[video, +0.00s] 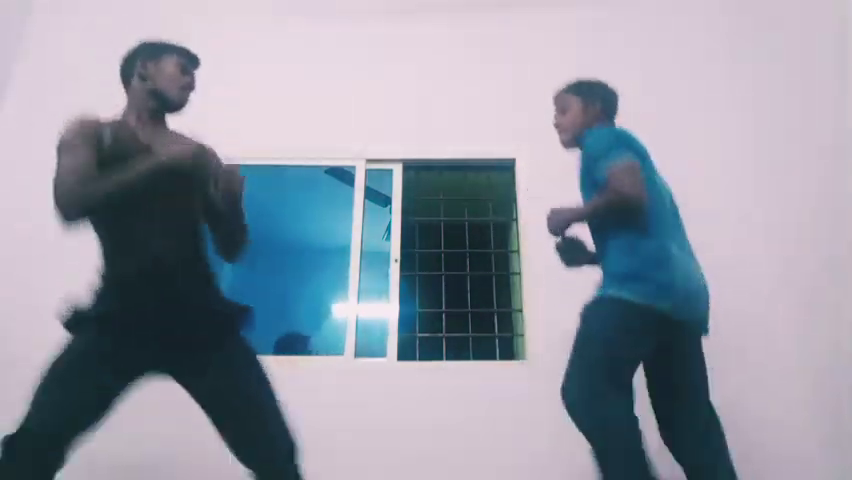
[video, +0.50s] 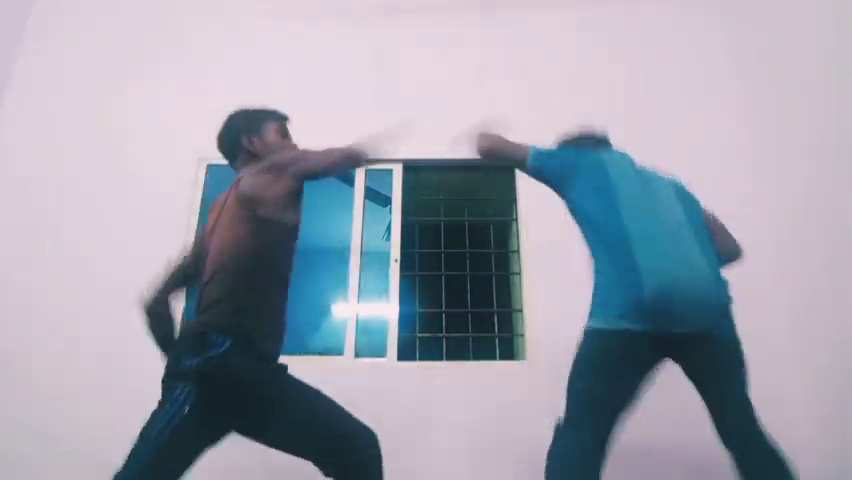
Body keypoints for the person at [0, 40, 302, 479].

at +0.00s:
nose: (193, 80)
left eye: (192, 74)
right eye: (183, 68)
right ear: (143, 71)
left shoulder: (197, 155)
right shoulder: (89, 133)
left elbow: (232, 248)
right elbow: (71, 201)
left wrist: (231, 202)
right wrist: (162, 161)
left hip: (199, 323)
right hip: (121, 322)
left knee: (276, 458)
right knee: (33, 447)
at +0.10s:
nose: (208, 98)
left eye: (208, 90)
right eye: (198, 86)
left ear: (172, 99)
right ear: (159, 94)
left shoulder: (223, 170)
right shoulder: (108, 169)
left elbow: (284, 244)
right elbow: (72, 255)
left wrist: (265, 220)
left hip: (221, 342)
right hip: (142, 343)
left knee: (322, 433)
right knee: (49, 450)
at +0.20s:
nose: (235, 112)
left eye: (235, 103)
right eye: (225, 100)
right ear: (191, 108)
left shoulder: (252, 185)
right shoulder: (138, 182)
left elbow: (322, 245)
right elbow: (65, 250)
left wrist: (324, 217)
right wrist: (102, 284)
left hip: (233, 360)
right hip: (158, 358)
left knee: (333, 447)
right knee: (76, 462)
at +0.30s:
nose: (268, 128)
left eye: (266, 120)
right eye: (257, 117)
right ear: (224, 126)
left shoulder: (277, 211)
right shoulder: (194, 176)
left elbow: (293, 293)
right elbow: (112, 204)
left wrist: (329, 288)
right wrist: (103, 234)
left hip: (240, 363)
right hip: (186, 358)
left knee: (342, 452)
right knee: (137, 470)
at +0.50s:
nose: (292, 144)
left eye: (289, 135)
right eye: (282, 135)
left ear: (247, 147)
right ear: (250, 143)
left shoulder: (224, 208)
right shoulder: (270, 172)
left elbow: (155, 301)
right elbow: (349, 156)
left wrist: (177, 358)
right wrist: (356, 158)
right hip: (220, 371)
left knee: (356, 450)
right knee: (140, 474)